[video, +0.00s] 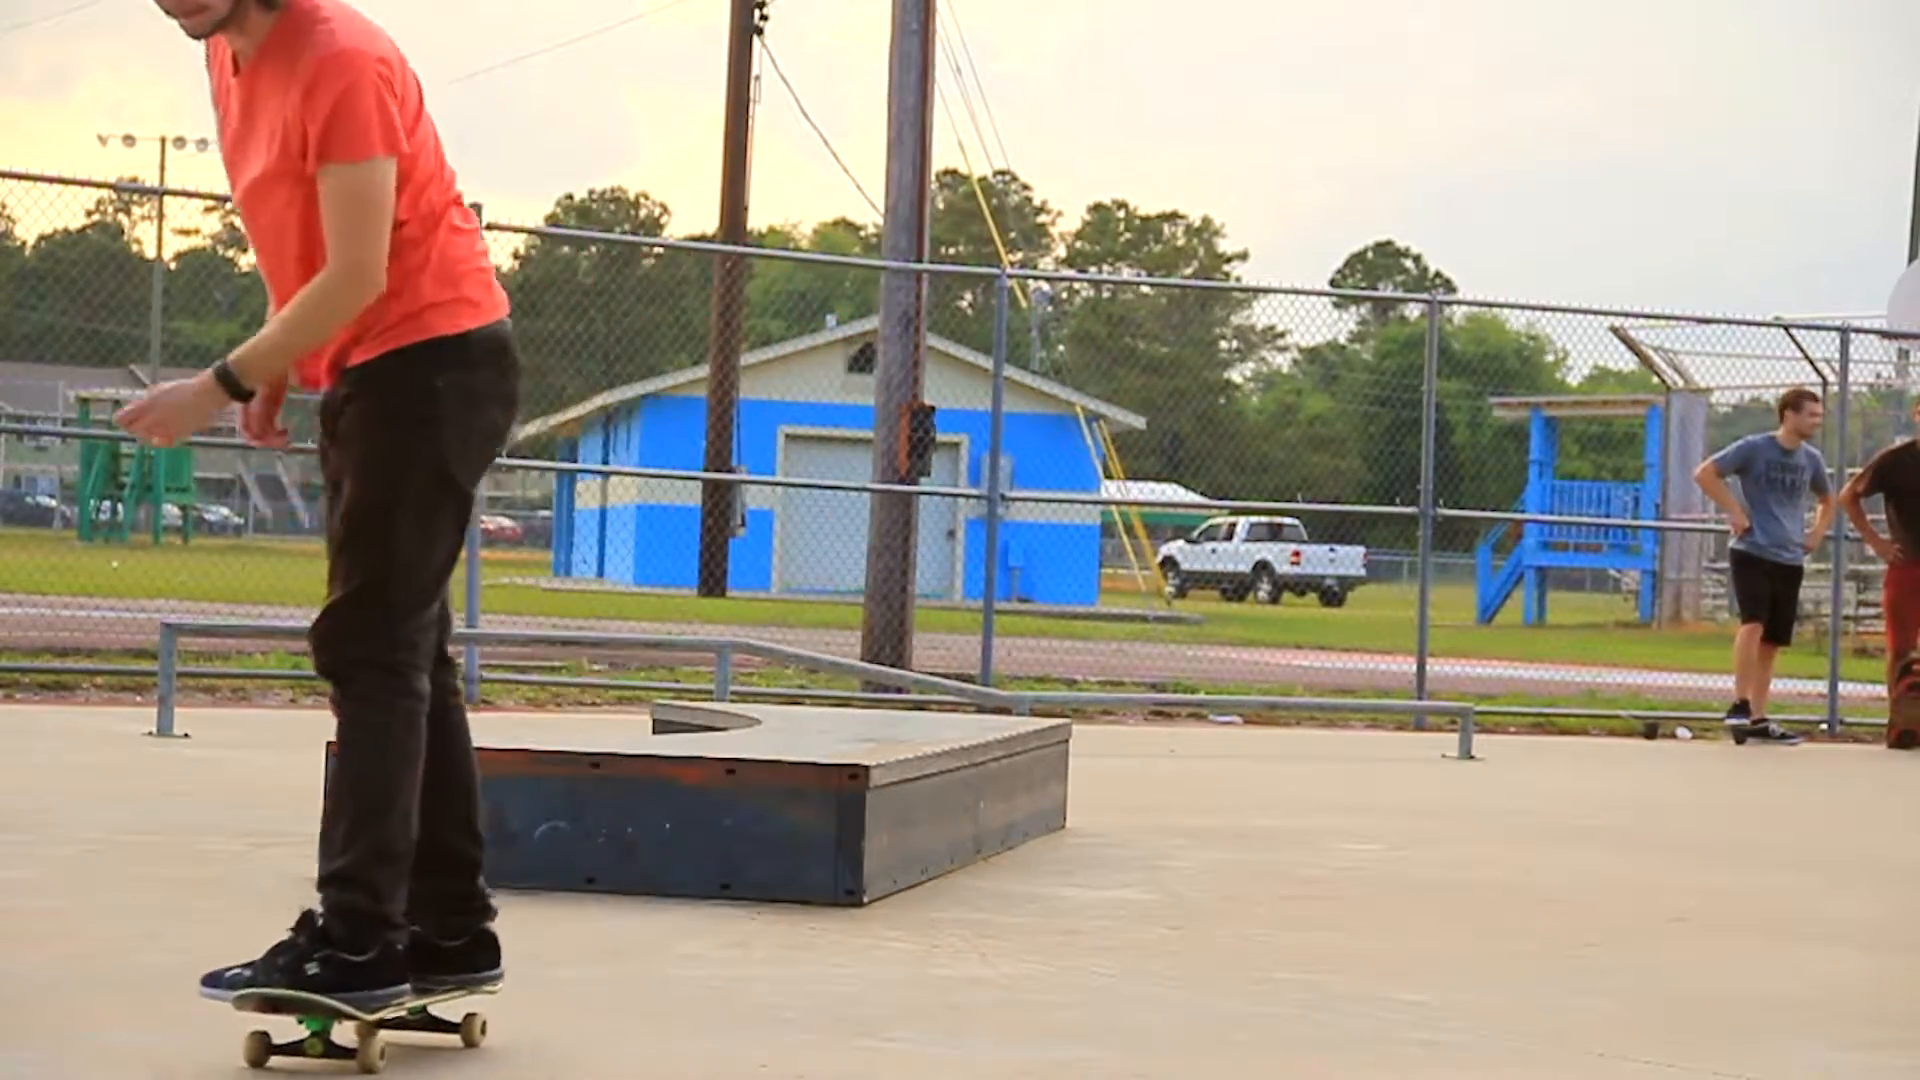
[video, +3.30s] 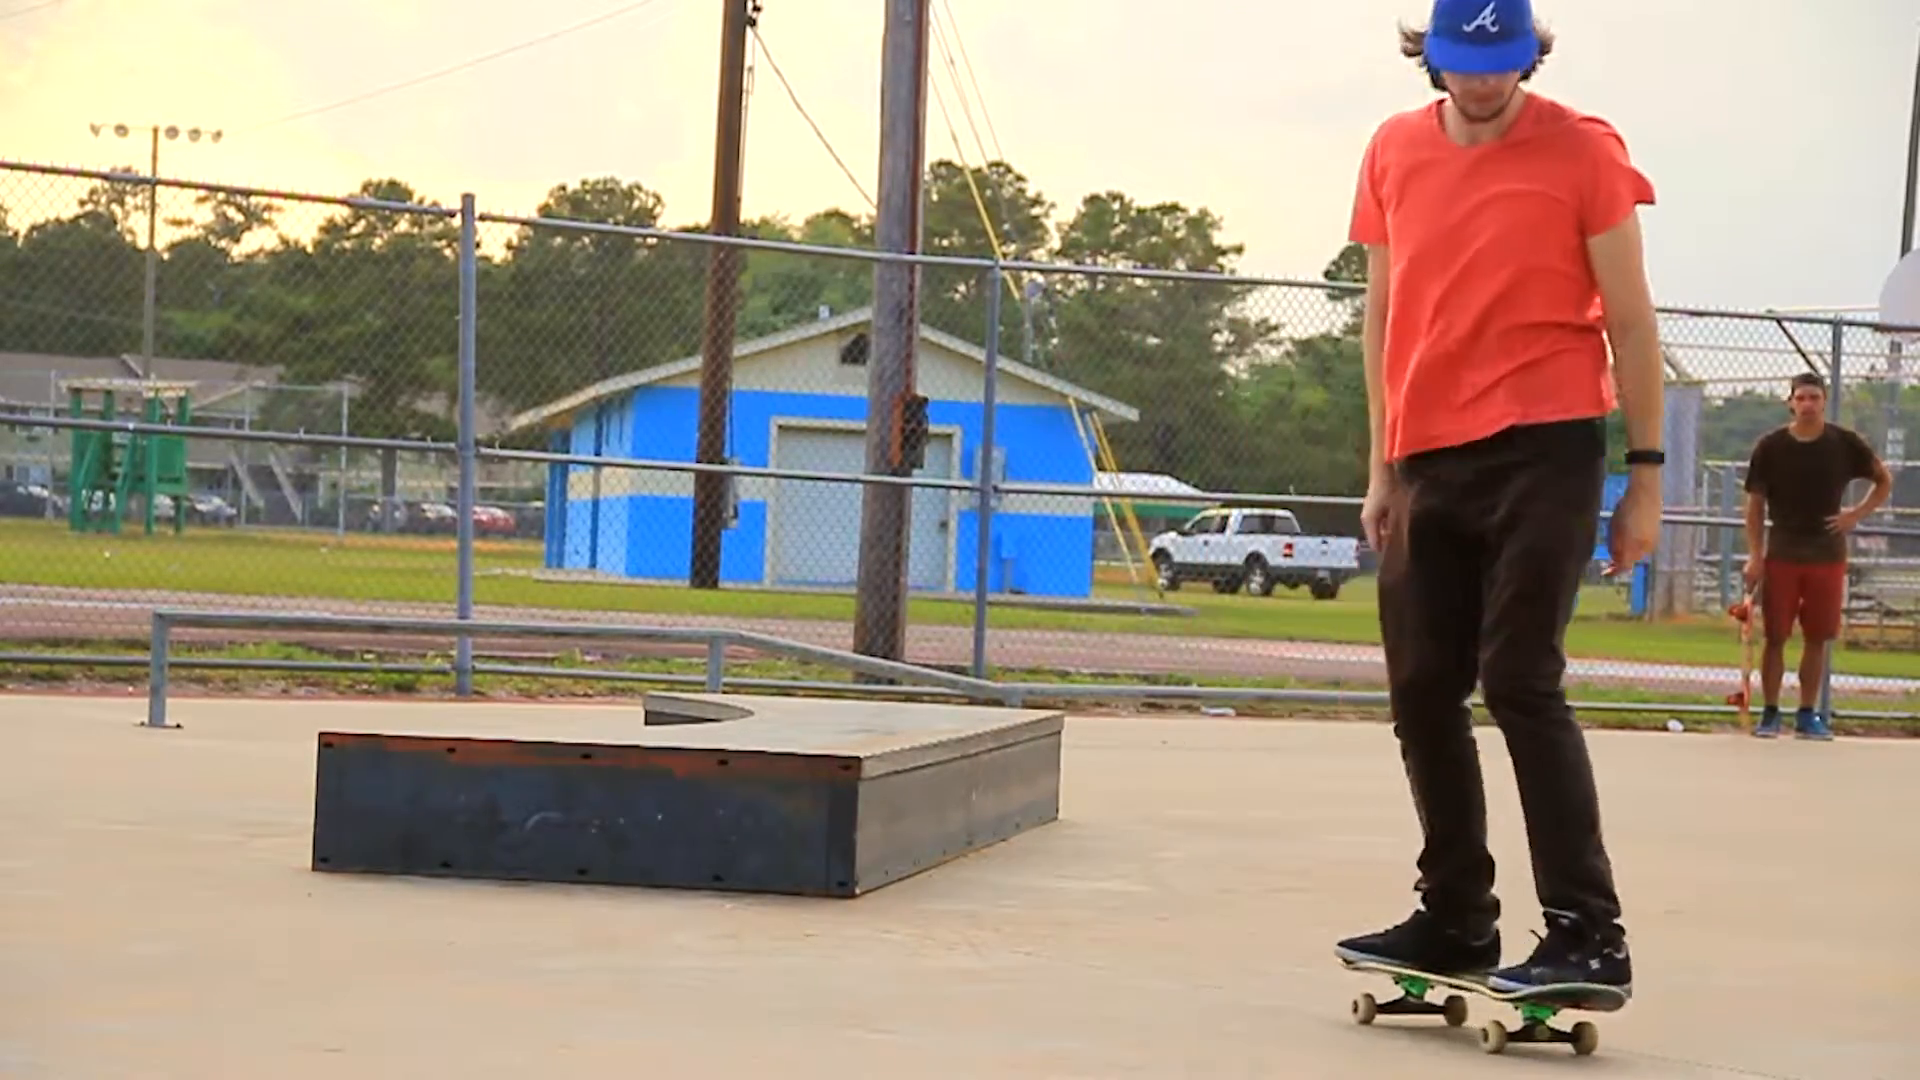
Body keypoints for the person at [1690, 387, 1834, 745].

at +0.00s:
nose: (1817, 422)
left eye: (1819, 415)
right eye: (1812, 415)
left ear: (1816, 420)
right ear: (1788, 415)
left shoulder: (1812, 459)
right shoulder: (1755, 447)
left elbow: (1828, 500)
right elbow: (1705, 473)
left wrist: (1817, 534)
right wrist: (1735, 511)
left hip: (1789, 557)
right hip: (1752, 550)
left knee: (1772, 641)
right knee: (1753, 624)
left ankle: (1758, 717)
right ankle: (1741, 704)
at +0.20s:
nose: (1824, 422)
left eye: (1824, 416)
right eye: (1820, 415)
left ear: (1806, 419)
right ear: (1798, 417)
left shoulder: (1811, 458)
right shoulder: (1756, 447)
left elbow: (1827, 499)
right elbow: (1707, 474)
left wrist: (1817, 532)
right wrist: (1737, 513)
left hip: (1790, 557)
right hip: (1753, 551)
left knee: (1771, 641)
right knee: (1752, 624)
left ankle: (1757, 716)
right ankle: (1739, 704)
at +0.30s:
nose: (1808, 401)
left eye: (1815, 395)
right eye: (1802, 395)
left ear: (1828, 399)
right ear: (1794, 400)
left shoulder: (1848, 444)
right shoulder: (1774, 445)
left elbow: (1885, 483)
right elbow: (1761, 502)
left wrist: (1859, 515)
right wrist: (1758, 554)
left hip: (1825, 556)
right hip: (1782, 554)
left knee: (1817, 638)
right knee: (1774, 636)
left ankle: (1807, 713)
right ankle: (1770, 711)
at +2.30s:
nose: (1797, 402)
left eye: (1804, 395)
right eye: (1792, 395)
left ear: (1817, 400)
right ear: (1782, 400)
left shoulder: (1840, 443)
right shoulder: (1764, 447)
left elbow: (1883, 480)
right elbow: (1750, 504)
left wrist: (1853, 514)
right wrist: (1752, 555)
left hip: (1822, 554)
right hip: (1778, 552)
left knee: (1816, 639)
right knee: (1773, 638)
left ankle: (1807, 714)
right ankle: (1770, 712)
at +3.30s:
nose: (1807, 404)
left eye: (1814, 398)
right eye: (1801, 398)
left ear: (1824, 402)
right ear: (1791, 402)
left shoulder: (1845, 444)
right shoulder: (1769, 447)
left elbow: (1884, 480)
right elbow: (1754, 505)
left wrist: (1856, 514)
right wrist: (1754, 556)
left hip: (1826, 555)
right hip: (1781, 553)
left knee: (1817, 639)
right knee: (1775, 638)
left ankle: (1807, 714)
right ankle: (1770, 712)